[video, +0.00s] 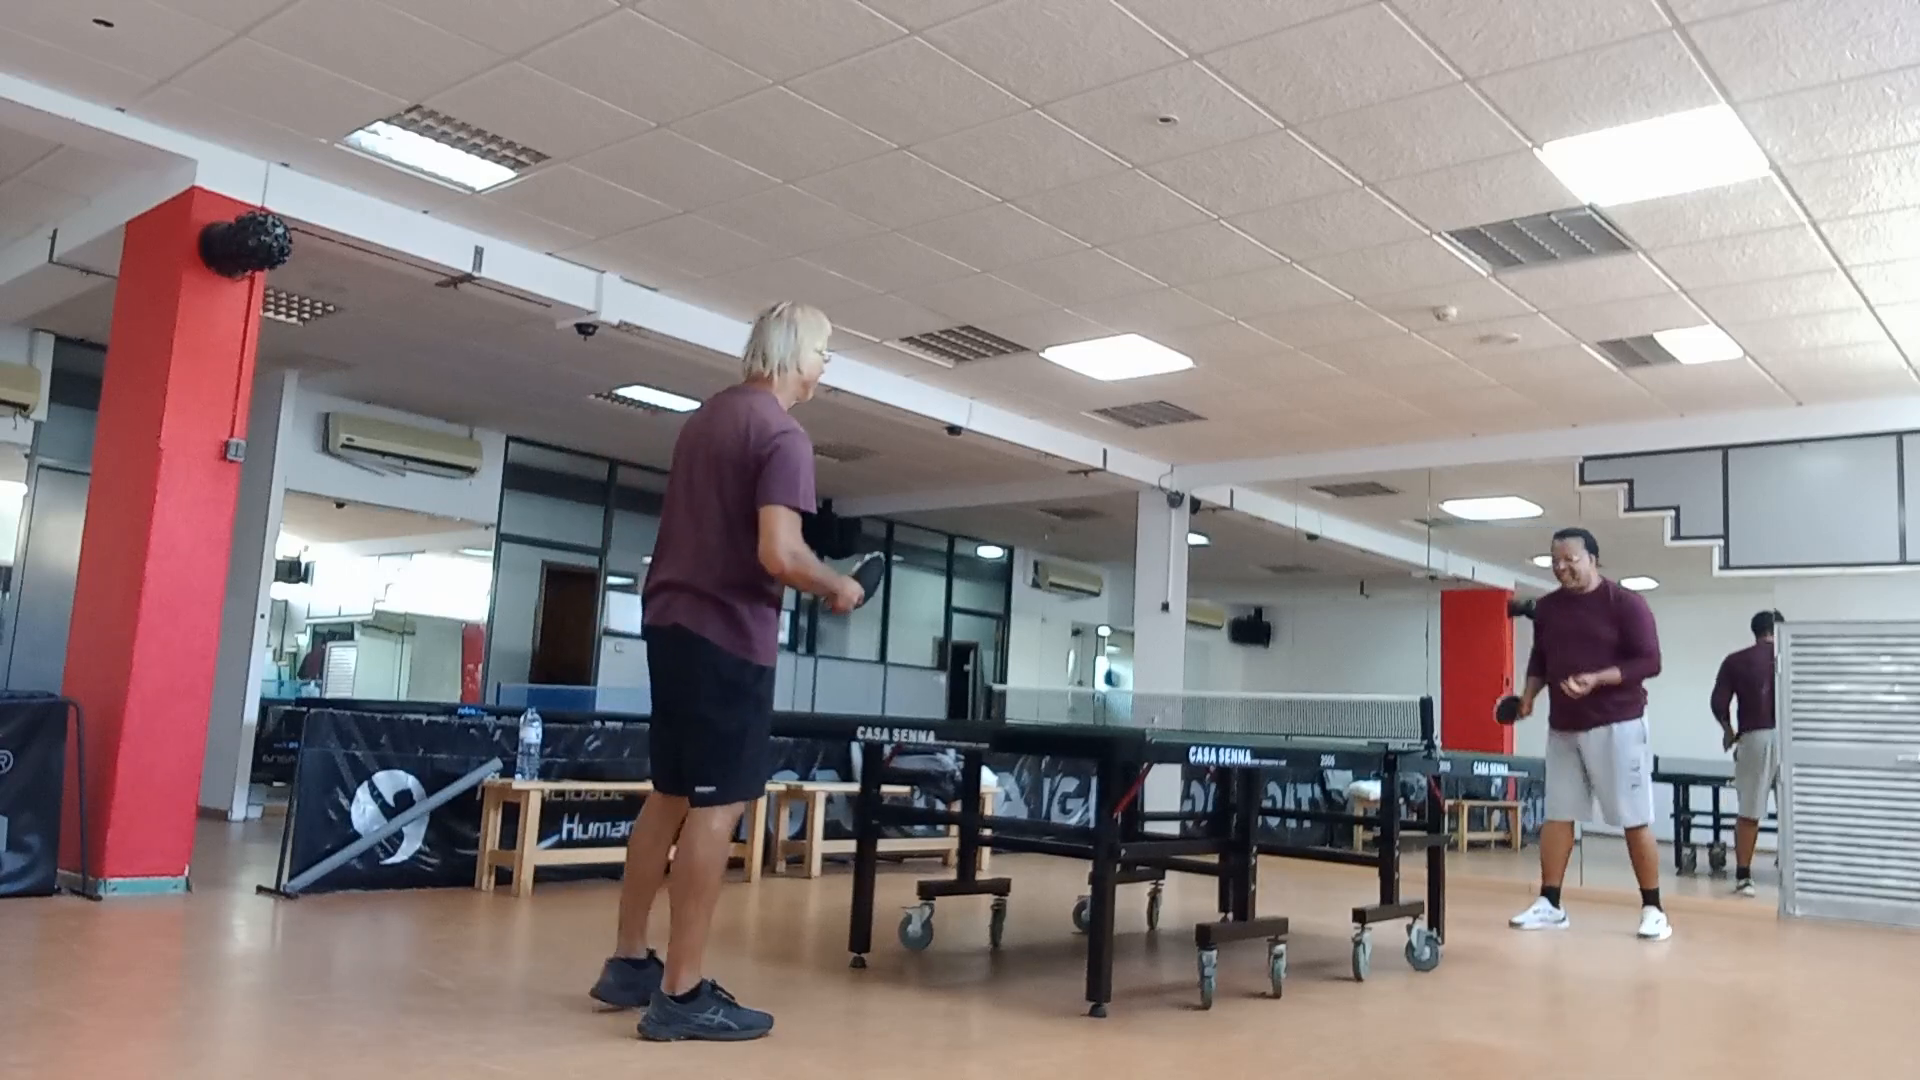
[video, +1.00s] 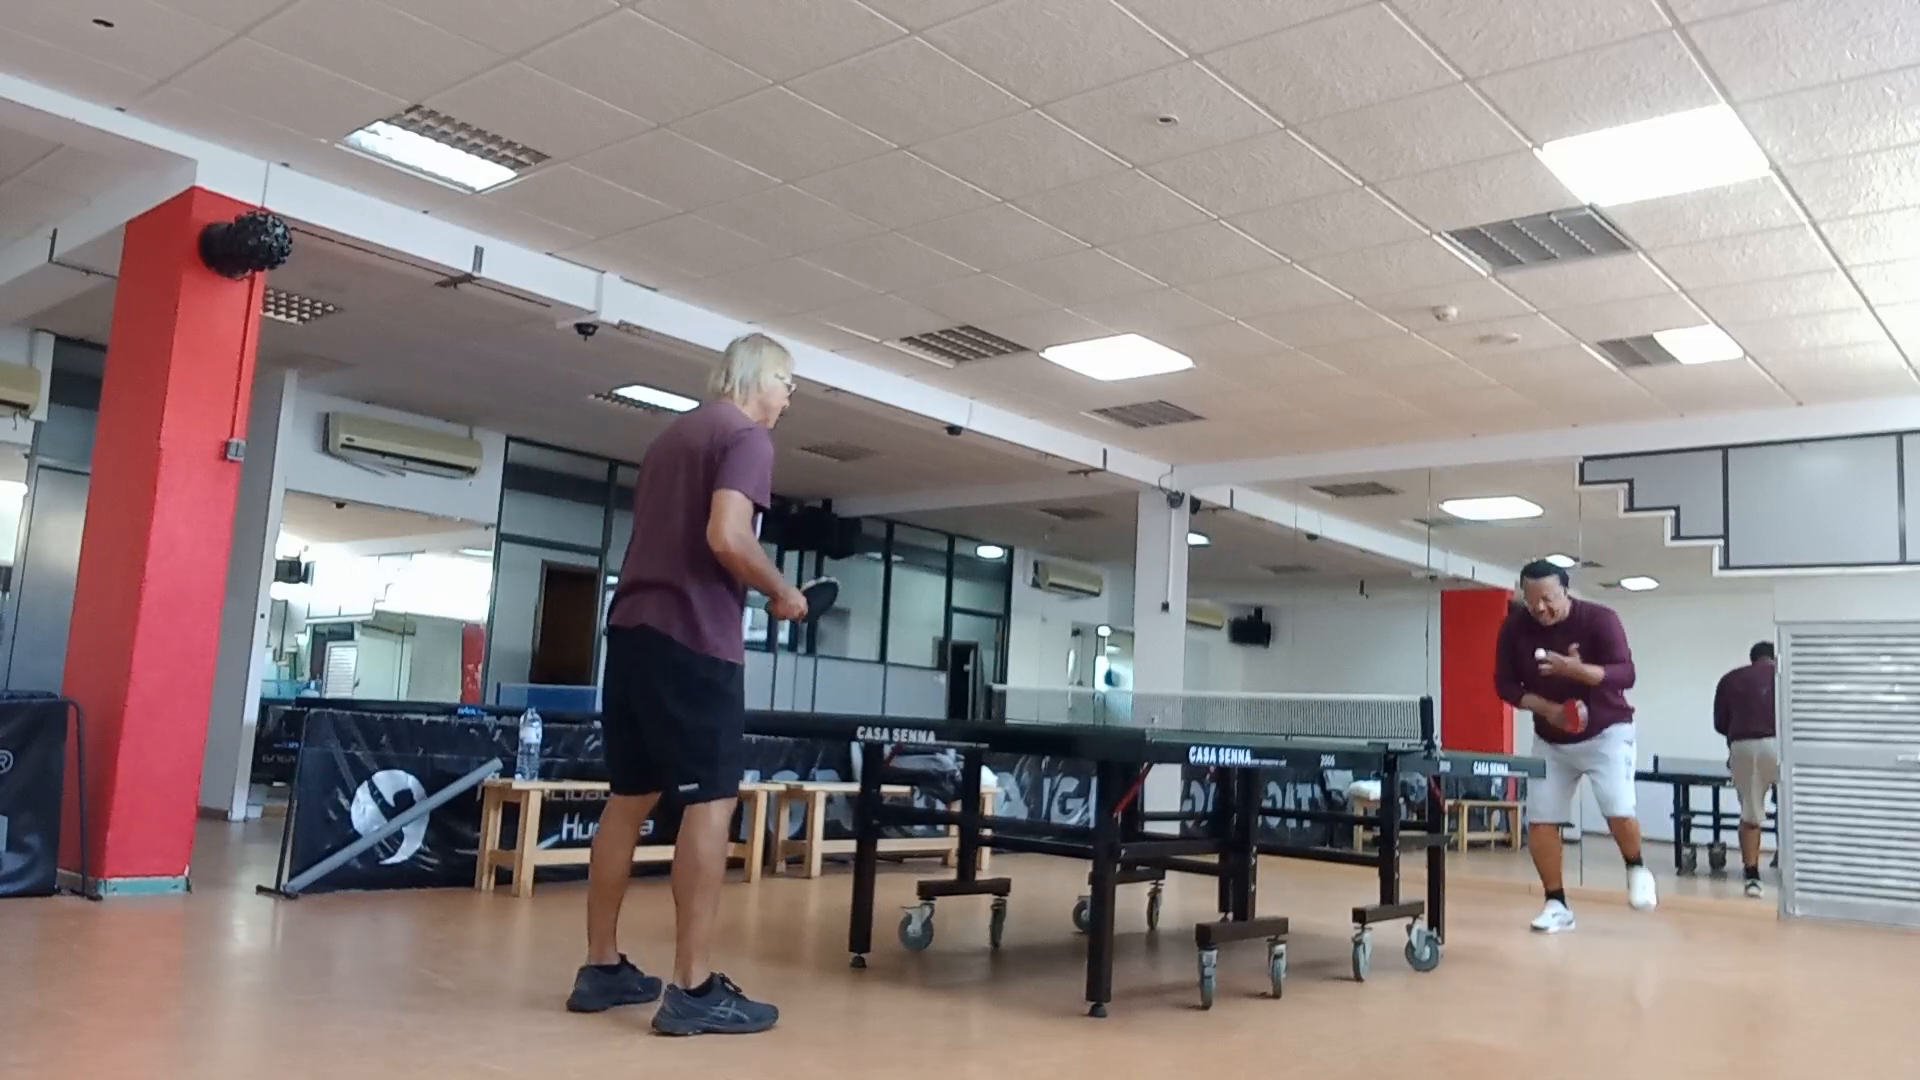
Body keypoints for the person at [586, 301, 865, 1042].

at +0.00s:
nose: (821, 376)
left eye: (822, 362)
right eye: (821, 362)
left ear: (757, 351)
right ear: (801, 360)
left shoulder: (706, 417)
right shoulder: (781, 431)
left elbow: (693, 530)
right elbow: (779, 553)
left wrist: (796, 570)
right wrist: (833, 585)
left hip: (672, 626)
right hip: (726, 637)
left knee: (669, 796)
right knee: (717, 809)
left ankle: (629, 963)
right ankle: (683, 994)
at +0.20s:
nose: (808, 380)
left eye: (809, 367)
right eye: (807, 366)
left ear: (744, 358)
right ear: (789, 364)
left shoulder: (697, 421)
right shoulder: (775, 431)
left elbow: (687, 532)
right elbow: (762, 544)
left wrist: (779, 562)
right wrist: (821, 586)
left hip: (669, 629)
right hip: (725, 639)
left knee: (663, 796)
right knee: (713, 812)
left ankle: (609, 961)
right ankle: (681, 994)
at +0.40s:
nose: (783, 388)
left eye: (784, 376)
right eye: (782, 374)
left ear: (721, 372)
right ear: (759, 372)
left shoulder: (676, 432)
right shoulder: (755, 431)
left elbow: (675, 538)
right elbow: (748, 539)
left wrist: (769, 562)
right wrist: (808, 585)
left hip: (661, 636)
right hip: (717, 643)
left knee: (653, 796)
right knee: (715, 808)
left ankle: (605, 966)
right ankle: (683, 993)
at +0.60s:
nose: (767, 398)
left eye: (768, 386)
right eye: (765, 384)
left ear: (707, 380)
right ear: (740, 381)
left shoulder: (661, 438)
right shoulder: (738, 430)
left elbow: (655, 539)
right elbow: (732, 531)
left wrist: (753, 569)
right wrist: (788, 582)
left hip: (639, 631)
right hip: (697, 638)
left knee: (647, 793)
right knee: (719, 796)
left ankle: (603, 967)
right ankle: (686, 987)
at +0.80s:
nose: (767, 404)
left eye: (770, 393)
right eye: (766, 390)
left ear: (709, 380)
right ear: (743, 381)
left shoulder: (659, 437)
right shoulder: (734, 430)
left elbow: (646, 541)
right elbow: (719, 528)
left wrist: (739, 579)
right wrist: (775, 584)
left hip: (629, 632)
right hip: (689, 637)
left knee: (633, 795)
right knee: (716, 794)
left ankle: (601, 966)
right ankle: (690, 984)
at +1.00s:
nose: (782, 407)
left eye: (785, 395)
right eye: (782, 392)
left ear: (725, 380)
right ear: (758, 383)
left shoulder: (671, 435)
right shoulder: (746, 434)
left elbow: (654, 540)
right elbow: (728, 535)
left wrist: (741, 580)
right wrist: (780, 590)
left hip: (632, 634)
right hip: (694, 642)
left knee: (628, 797)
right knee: (710, 803)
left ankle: (602, 967)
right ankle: (692, 989)